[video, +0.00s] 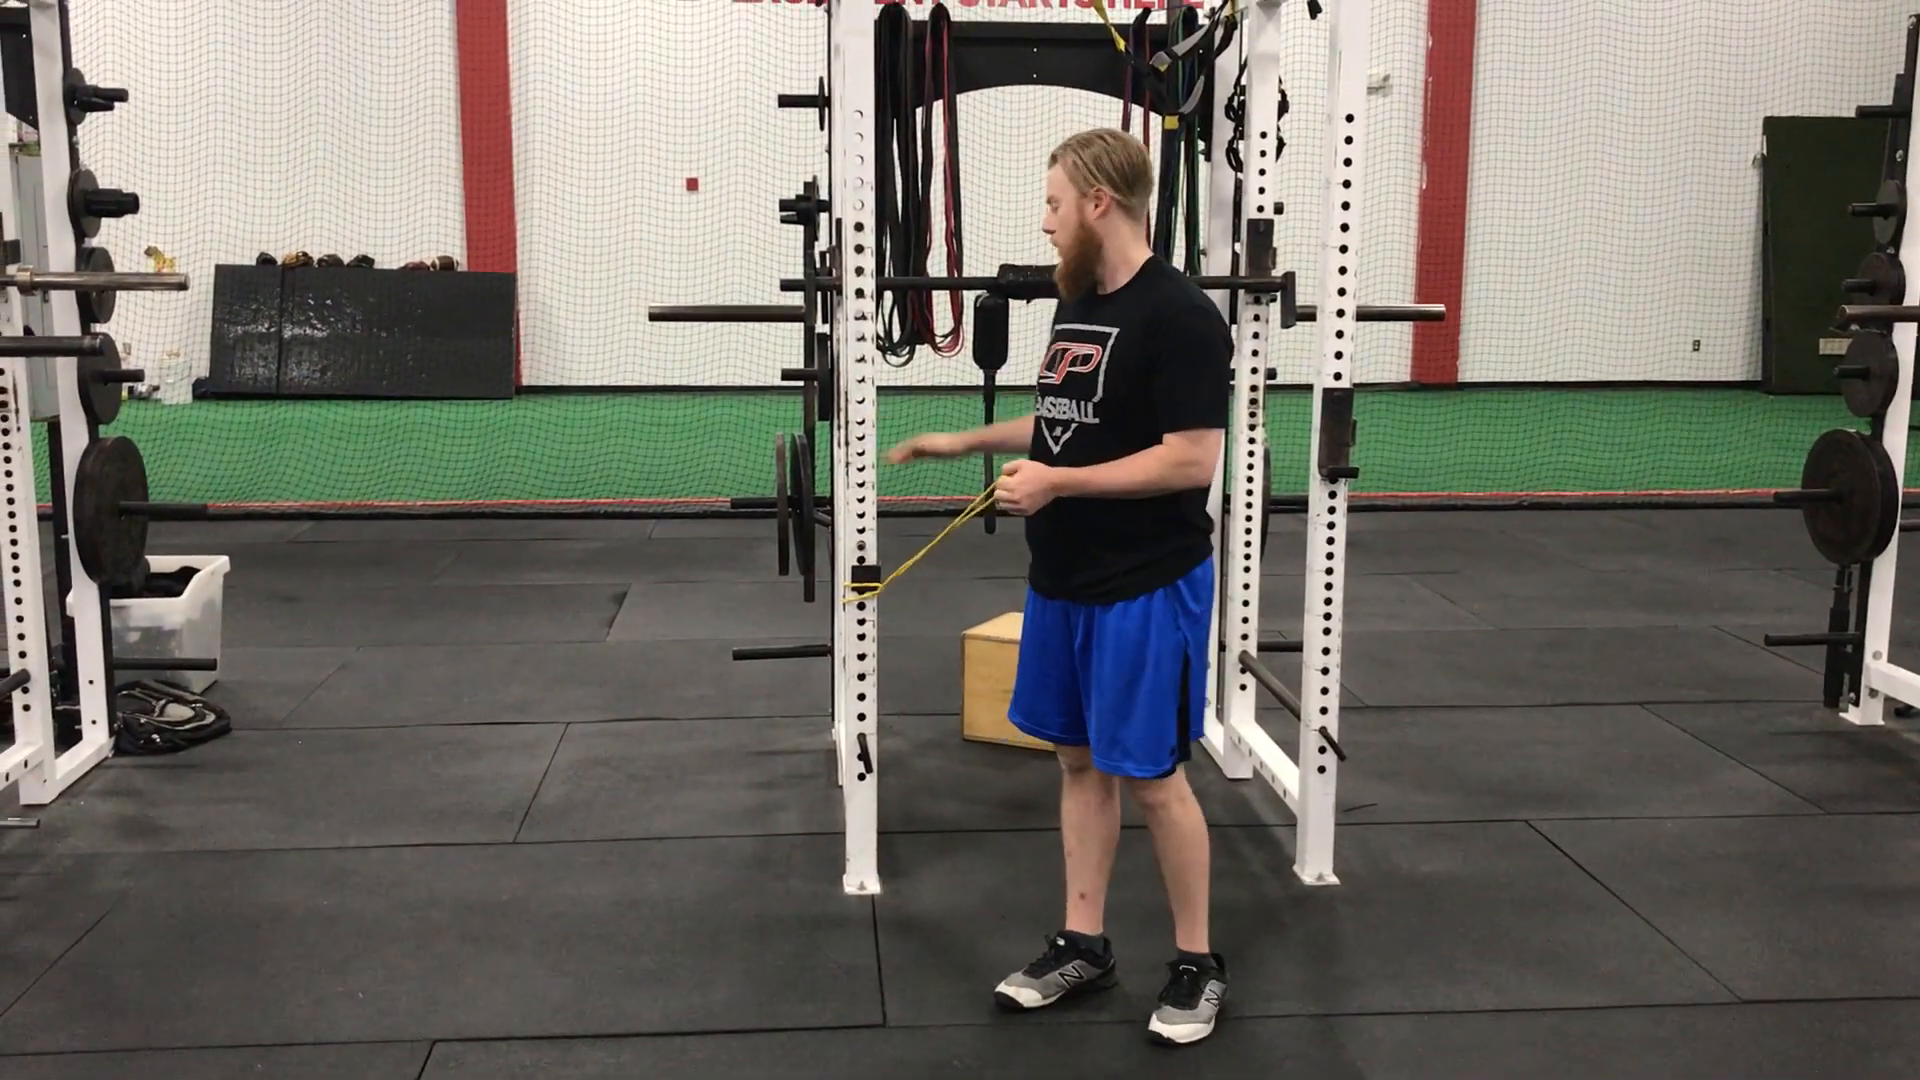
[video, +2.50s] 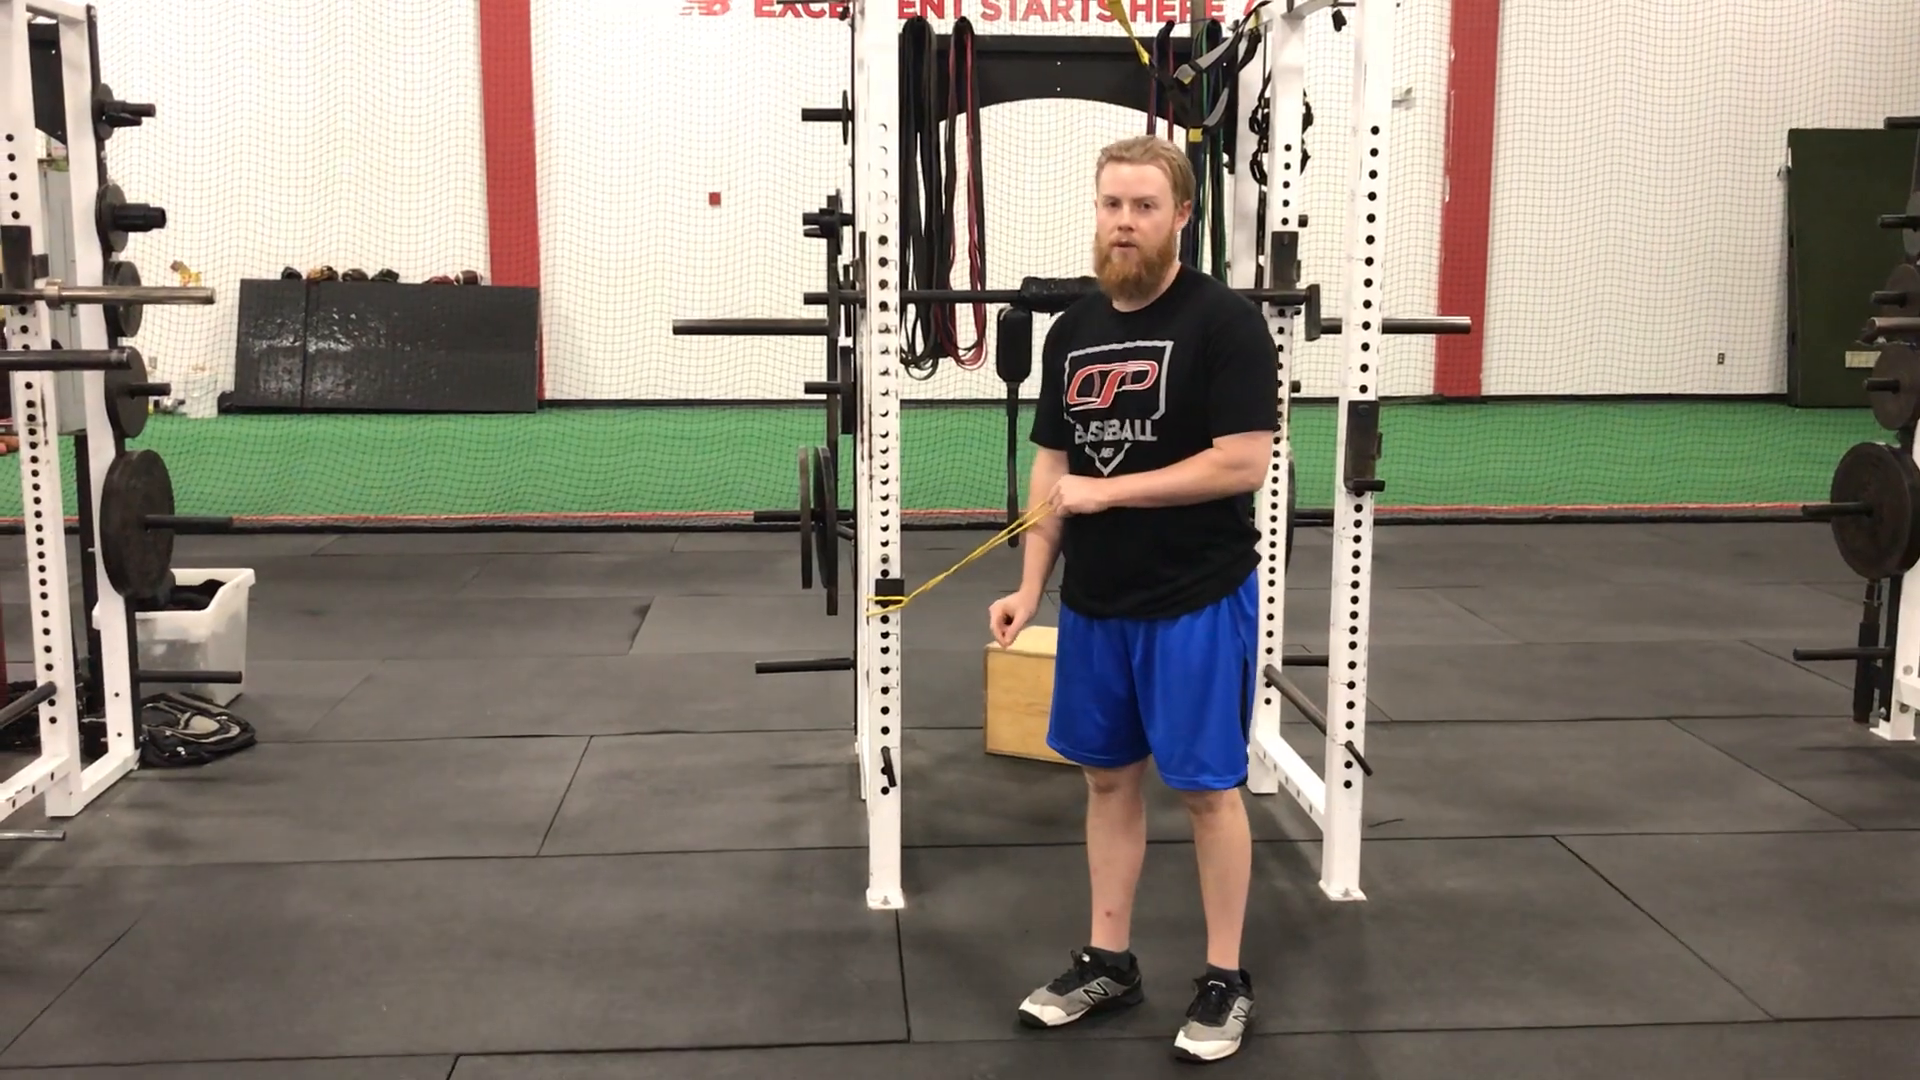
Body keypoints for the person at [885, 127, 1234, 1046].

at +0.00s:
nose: (1047, 224)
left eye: (1053, 206)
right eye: (1046, 207)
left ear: (1098, 203)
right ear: (1098, 206)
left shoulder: (1181, 315)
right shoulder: (1078, 307)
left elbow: (1194, 460)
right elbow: (1064, 429)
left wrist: (1060, 480)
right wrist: (963, 442)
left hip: (1150, 585)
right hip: (1066, 581)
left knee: (1154, 775)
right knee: (1081, 760)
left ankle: (1195, 963)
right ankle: (1080, 945)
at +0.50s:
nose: (1097, 230)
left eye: (1103, 214)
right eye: (1098, 214)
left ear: (1141, 216)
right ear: (1152, 213)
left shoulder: (1237, 326)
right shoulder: (1127, 311)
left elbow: (1252, 476)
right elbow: (1109, 436)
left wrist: (1114, 495)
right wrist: (1019, 509)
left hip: (1203, 601)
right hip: (1112, 593)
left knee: (1206, 787)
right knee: (1101, 768)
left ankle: (1207, 974)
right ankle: (1089, 954)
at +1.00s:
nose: (1095, 242)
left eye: (1102, 224)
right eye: (1095, 224)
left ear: (1147, 224)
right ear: (1149, 222)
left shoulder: (1236, 334)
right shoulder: (1128, 317)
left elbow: (1245, 482)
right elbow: (1098, 437)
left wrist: (1107, 505)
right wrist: (1035, 525)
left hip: (1196, 606)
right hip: (1106, 597)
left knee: (1209, 788)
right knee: (1101, 772)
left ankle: (1211, 974)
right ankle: (1095, 958)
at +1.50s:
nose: (1066, 233)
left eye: (1079, 215)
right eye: (1064, 215)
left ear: (1136, 213)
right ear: (1115, 216)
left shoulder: (1210, 318)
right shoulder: (1078, 328)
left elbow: (1228, 459)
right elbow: (1045, 460)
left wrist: (1088, 486)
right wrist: (1018, 591)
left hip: (1185, 598)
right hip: (1089, 597)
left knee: (1198, 781)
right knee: (1099, 772)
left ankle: (1211, 974)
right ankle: (1097, 957)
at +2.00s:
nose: (1103, 212)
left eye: (1123, 197)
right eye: (1091, 196)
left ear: (1162, 212)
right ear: (1075, 210)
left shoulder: (1210, 318)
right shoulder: (1053, 326)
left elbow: (1234, 454)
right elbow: (1031, 458)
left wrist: (1096, 483)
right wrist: (1026, 578)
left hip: (1186, 596)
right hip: (1080, 596)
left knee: (1199, 779)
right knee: (1098, 774)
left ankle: (1215, 974)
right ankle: (1100, 958)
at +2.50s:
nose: (1123, 222)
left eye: (1143, 205)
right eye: (1110, 204)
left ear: (1181, 216)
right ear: (1094, 212)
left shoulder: (1225, 321)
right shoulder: (1074, 329)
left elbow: (1246, 462)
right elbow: (1053, 462)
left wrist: (1109, 489)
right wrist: (1031, 583)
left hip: (1199, 601)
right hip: (1097, 600)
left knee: (1209, 786)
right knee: (1108, 778)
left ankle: (1223, 979)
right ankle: (1108, 962)